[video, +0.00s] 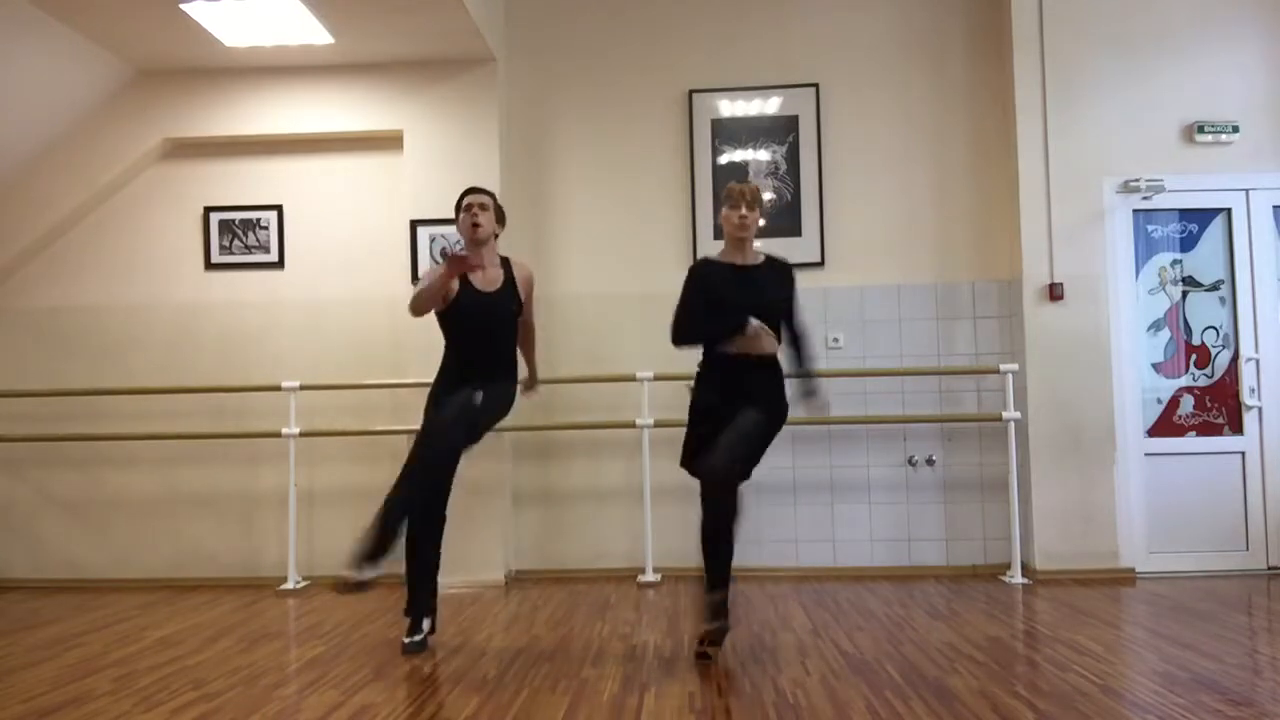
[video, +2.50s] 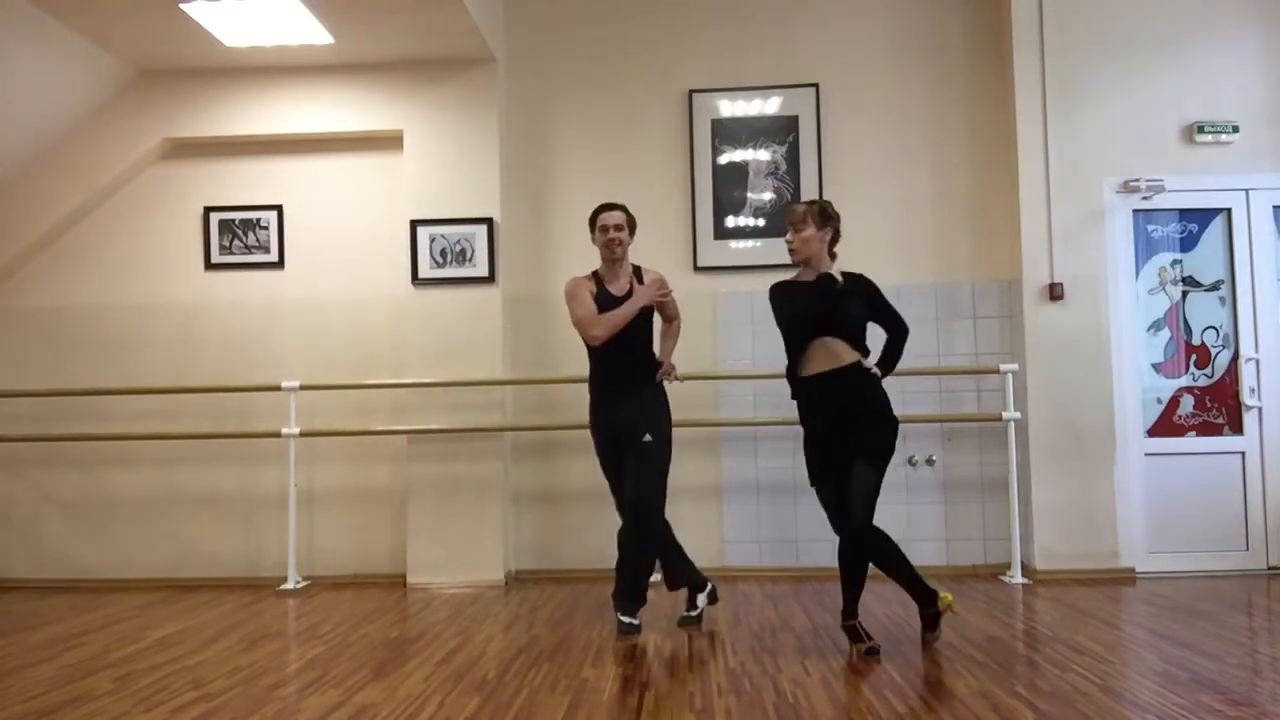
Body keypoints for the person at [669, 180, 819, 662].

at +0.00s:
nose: (742, 214)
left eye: (750, 208)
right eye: (734, 206)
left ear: (760, 217)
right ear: (719, 215)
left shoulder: (778, 271)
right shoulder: (704, 271)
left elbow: (790, 328)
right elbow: (681, 334)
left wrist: (807, 378)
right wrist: (737, 329)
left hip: (763, 395)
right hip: (715, 394)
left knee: (720, 470)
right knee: (715, 500)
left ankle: (717, 598)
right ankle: (715, 615)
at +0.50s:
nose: (795, 211)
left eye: (801, 204)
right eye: (785, 203)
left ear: (809, 216)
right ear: (766, 216)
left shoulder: (825, 265)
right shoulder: (754, 278)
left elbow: (826, 279)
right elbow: (723, 327)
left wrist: (806, 232)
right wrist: (751, 365)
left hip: (836, 388)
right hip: (787, 391)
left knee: (851, 502)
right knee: (777, 492)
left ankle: (864, 612)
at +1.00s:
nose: (841, 218)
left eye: (845, 213)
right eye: (830, 211)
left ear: (851, 223)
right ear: (807, 222)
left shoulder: (865, 271)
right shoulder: (790, 283)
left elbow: (855, 315)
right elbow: (767, 338)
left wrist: (805, 269)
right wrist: (795, 373)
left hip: (884, 395)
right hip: (833, 402)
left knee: (878, 514)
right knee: (870, 514)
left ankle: (866, 616)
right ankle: (932, 605)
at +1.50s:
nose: (840, 221)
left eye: (850, 212)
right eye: (836, 214)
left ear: (876, 216)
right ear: (834, 220)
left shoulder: (902, 273)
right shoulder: (823, 274)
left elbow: (953, 322)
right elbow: (784, 312)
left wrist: (1012, 319)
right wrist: (776, 332)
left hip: (877, 392)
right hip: (826, 389)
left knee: (868, 506)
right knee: (805, 482)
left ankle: (868, 614)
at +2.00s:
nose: (824, 225)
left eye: (833, 215)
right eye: (821, 217)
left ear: (859, 218)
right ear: (820, 223)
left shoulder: (896, 262)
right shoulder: (820, 275)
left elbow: (949, 291)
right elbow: (782, 297)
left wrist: (963, 289)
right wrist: (740, 297)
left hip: (883, 394)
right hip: (830, 388)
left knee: (868, 513)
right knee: (781, 472)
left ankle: (855, 616)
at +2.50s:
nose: (789, 236)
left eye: (799, 228)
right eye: (788, 229)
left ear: (828, 235)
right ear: (793, 239)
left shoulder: (857, 286)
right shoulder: (781, 292)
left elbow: (898, 330)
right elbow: (796, 338)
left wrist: (878, 371)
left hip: (865, 404)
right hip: (817, 413)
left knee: (856, 522)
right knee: (849, 528)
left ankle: (850, 617)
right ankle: (928, 600)